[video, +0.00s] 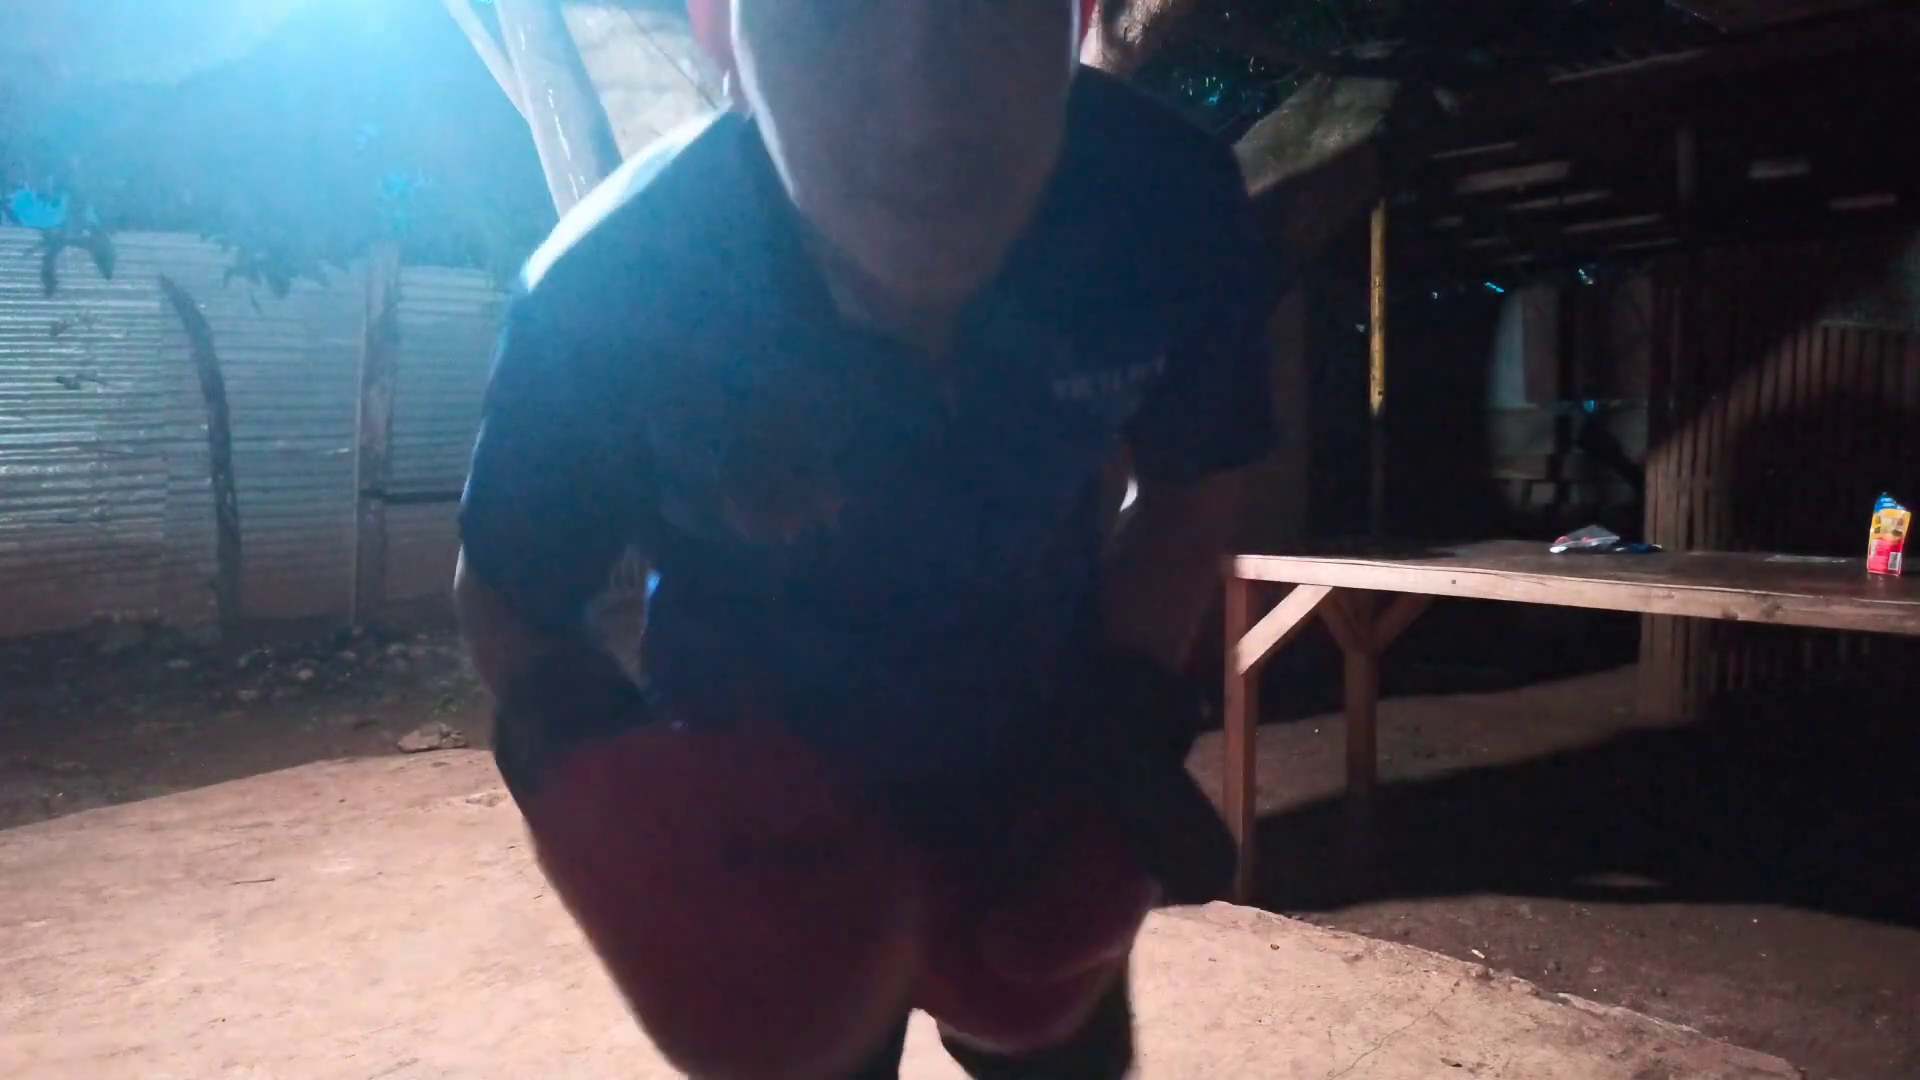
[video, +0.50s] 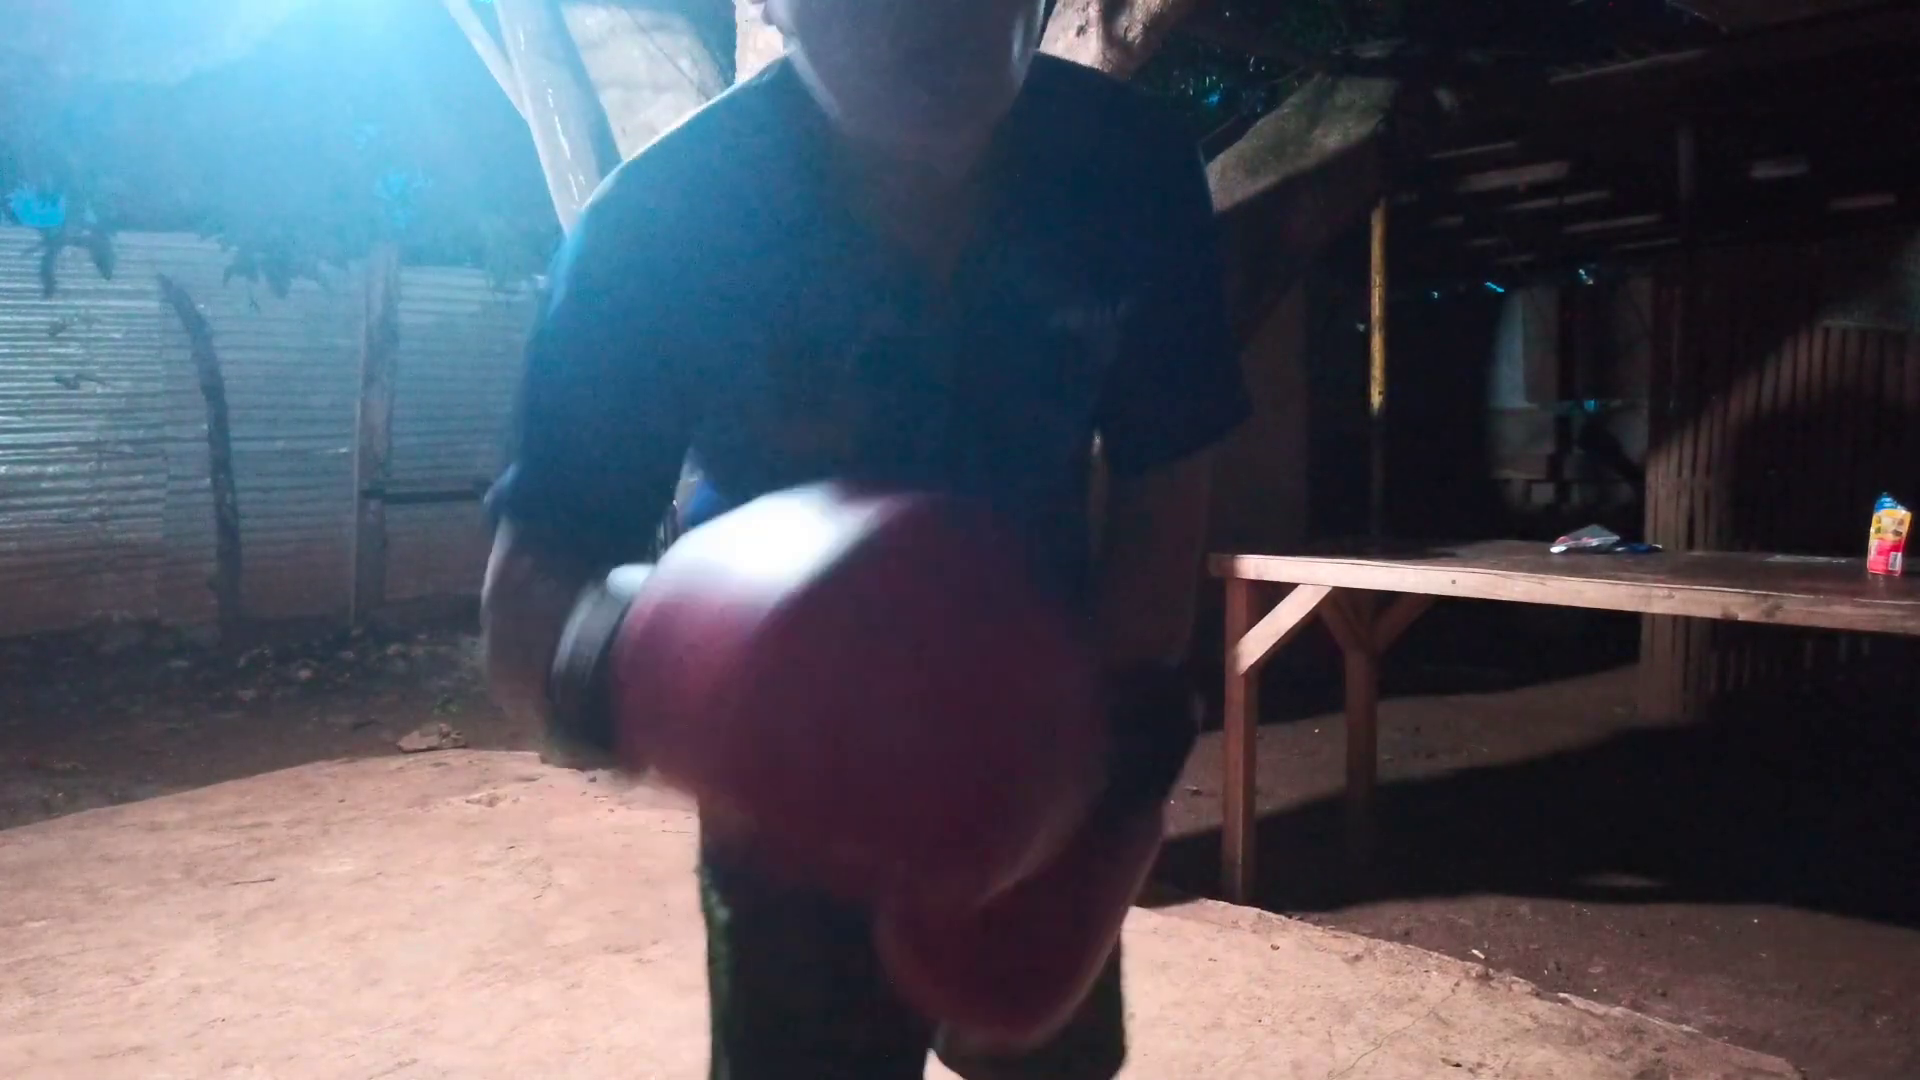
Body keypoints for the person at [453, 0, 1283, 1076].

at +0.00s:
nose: (922, 109)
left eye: (980, 34)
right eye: (844, 36)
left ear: (1078, 25)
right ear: (718, 32)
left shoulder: (1173, 206)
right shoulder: (604, 293)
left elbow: (1192, 493)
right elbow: (508, 592)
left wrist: (1097, 773)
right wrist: (640, 814)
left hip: (1040, 799)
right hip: (769, 818)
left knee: (1070, 1060)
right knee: (799, 1059)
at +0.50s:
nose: (939, 15)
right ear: (776, 6)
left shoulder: (1130, 162)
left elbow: (1164, 523)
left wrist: (1115, 816)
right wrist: (673, 667)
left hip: (1058, 761)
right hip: (802, 768)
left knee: (1058, 1057)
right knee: (796, 1061)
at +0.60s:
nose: (947, 16)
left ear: (1035, 4)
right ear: (803, 11)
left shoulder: (1123, 161)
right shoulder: (703, 185)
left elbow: (1176, 494)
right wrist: (750, 545)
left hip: (1065, 747)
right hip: (818, 760)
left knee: (1083, 1059)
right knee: (815, 1060)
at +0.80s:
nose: (1017, 46)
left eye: (1045, 15)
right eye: (959, 14)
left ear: (1094, 35)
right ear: (867, 41)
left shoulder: (1148, 213)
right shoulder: (806, 209)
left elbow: (1202, 518)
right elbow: (813, 317)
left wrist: (1193, 742)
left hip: (1111, 763)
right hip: (893, 768)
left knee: (1140, 1061)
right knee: (872, 1063)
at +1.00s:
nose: (1042, 102)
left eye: (1082, 62)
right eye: (1002, 63)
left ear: (1139, 77)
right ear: (949, 83)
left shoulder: (1184, 252)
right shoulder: (886, 226)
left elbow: (1224, 522)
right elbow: (786, 443)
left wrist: (1250, 727)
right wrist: (933, 418)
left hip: (1133, 726)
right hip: (933, 731)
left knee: (1160, 1048)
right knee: (927, 1058)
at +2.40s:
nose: (841, 88)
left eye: (870, 61)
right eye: (816, 62)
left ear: (918, 79)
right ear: (785, 88)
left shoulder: (999, 232)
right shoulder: (746, 247)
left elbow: (1018, 449)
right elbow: (631, 414)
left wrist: (1011, 572)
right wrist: (712, 445)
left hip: (969, 623)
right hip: (814, 631)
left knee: (957, 919)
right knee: (815, 938)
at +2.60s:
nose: (823, 89)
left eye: (852, 61)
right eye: (794, 64)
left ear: (900, 75)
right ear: (758, 90)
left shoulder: (982, 225)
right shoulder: (726, 247)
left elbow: (1019, 430)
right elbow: (606, 425)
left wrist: (1014, 567)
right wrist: (720, 447)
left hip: (961, 617)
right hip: (807, 627)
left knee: (945, 912)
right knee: (798, 942)